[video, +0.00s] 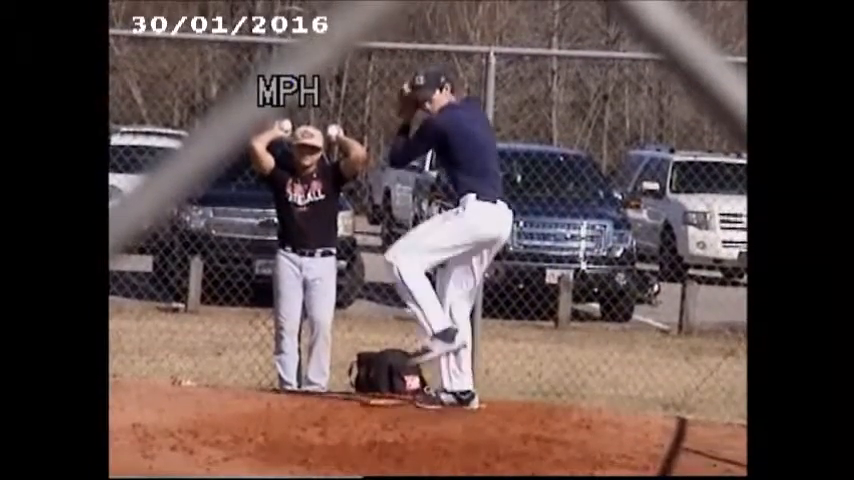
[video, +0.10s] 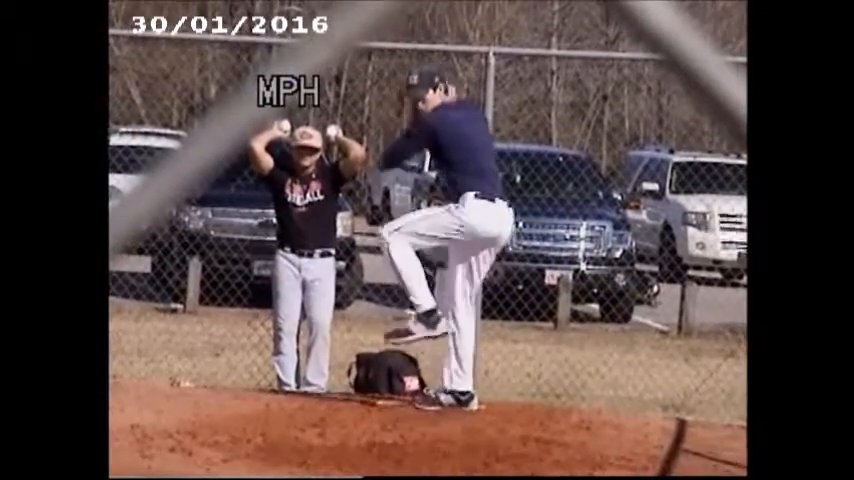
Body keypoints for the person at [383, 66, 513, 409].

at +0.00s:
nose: (424, 106)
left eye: (426, 100)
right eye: (421, 101)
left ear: (444, 90)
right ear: (448, 91)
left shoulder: (438, 122)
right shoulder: (474, 110)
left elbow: (398, 158)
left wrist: (406, 119)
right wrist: (420, 106)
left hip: (475, 212)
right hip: (499, 215)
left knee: (402, 255)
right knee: (457, 299)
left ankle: (440, 329)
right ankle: (459, 387)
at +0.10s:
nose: (417, 104)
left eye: (420, 97)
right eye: (415, 98)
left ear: (441, 90)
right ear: (446, 92)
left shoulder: (432, 120)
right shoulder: (473, 111)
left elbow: (389, 159)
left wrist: (416, 128)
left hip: (472, 212)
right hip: (500, 216)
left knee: (394, 234)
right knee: (461, 301)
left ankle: (427, 314)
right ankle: (459, 387)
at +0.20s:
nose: (416, 110)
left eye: (420, 103)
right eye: (414, 104)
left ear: (440, 97)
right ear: (444, 99)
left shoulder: (431, 127)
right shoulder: (472, 118)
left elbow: (388, 168)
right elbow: (484, 162)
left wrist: (411, 133)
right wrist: (450, 192)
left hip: (472, 216)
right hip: (503, 221)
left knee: (394, 236)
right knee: (458, 303)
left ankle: (402, 320)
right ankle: (460, 389)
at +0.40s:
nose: (424, 130)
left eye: (429, 124)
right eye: (421, 124)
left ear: (446, 124)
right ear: (446, 128)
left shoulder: (440, 151)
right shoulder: (465, 153)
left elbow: (397, 161)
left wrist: (355, 170)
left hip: (471, 241)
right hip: (498, 248)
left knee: (396, 284)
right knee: (435, 311)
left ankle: (348, 358)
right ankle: (457, 392)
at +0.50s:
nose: (418, 133)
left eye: (424, 128)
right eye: (417, 128)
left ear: (442, 128)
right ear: (444, 131)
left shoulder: (431, 154)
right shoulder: (466, 157)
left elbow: (393, 150)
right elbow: (488, 198)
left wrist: (359, 139)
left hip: (465, 247)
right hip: (490, 253)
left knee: (396, 297)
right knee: (428, 315)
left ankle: (343, 368)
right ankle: (454, 387)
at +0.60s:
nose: (416, 136)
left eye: (422, 131)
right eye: (415, 130)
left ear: (439, 131)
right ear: (443, 134)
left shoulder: (427, 158)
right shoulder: (468, 159)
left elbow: (397, 154)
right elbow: (498, 178)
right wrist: (476, 164)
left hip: (457, 258)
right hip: (478, 263)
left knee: (394, 308)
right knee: (422, 324)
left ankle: (369, 381)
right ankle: (452, 389)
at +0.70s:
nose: (417, 125)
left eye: (423, 119)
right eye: (417, 119)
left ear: (443, 120)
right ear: (442, 120)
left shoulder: (430, 146)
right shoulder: (470, 149)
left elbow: (430, 145)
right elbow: (510, 144)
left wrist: (443, 169)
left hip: (449, 253)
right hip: (457, 253)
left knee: (392, 309)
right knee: (420, 320)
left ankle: (401, 395)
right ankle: (442, 377)